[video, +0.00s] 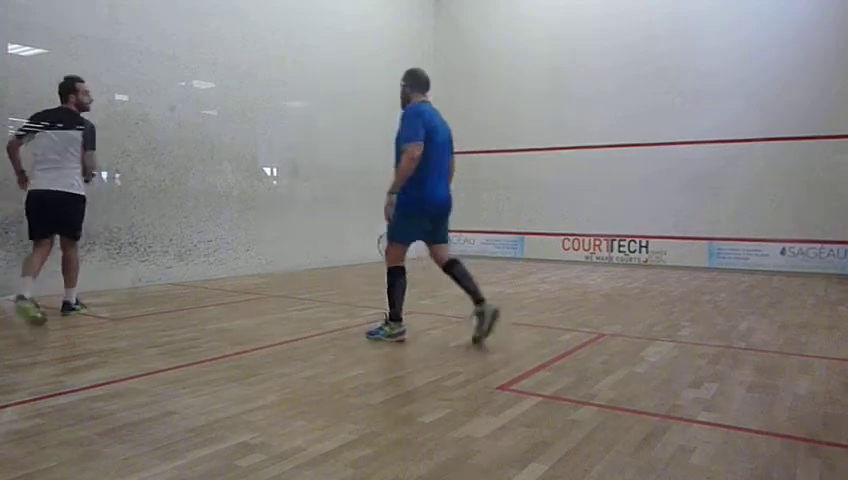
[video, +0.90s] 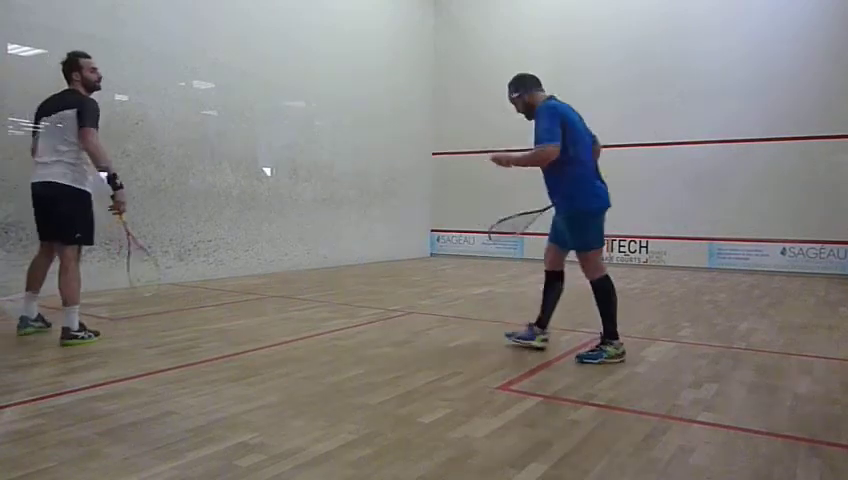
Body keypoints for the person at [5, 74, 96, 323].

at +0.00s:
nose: (90, 97)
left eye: (88, 92)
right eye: (85, 93)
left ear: (65, 97)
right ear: (71, 97)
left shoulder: (41, 117)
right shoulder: (85, 125)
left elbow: (12, 145)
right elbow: (89, 166)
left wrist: (19, 172)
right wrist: (86, 177)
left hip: (38, 194)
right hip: (71, 196)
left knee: (41, 245)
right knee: (69, 246)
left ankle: (24, 294)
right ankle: (70, 301)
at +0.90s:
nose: (99, 74)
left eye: (97, 69)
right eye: (93, 70)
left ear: (72, 77)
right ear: (76, 76)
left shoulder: (45, 105)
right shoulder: (87, 104)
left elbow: (36, 152)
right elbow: (88, 140)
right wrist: (115, 182)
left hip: (41, 186)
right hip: (71, 189)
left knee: (46, 251)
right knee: (69, 257)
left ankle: (28, 315)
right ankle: (72, 327)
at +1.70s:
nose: (111, 68)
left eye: (110, 63)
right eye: (105, 64)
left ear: (85, 70)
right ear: (87, 68)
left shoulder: (60, 95)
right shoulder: (95, 99)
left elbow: (65, 144)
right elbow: (96, 145)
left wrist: (94, 169)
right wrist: (116, 187)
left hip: (51, 184)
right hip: (79, 187)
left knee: (52, 250)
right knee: (75, 256)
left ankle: (37, 320)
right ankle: (72, 326)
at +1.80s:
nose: (111, 68)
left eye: (110, 63)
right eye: (105, 64)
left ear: (84, 70)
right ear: (86, 68)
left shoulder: (60, 95)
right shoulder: (95, 99)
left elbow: (65, 144)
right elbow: (96, 144)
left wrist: (95, 170)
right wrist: (120, 186)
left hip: (51, 184)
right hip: (79, 187)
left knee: (52, 250)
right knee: (75, 256)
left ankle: (38, 320)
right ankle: (72, 326)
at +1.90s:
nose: (112, 69)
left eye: (111, 64)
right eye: (106, 65)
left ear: (85, 71)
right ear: (88, 69)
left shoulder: (59, 96)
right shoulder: (95, 100)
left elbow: (57, 145)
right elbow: (98, 146)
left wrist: (93, 169)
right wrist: (121, 187)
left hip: (49, 184)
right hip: (77, 188)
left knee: (51, 250)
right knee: (74, 256)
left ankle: (38, 320)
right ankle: (72, 326)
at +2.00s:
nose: (113, 71)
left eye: (112, 66)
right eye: (107, 67)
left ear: (86, 72)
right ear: (90, 71)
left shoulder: (57, 97)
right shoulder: (96, 102)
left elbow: (47, 144)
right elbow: (99, 147)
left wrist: (83, 164)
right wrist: (123, 190)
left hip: (46, 184)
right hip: (76, 188)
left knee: (50, 249)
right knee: (73, 256)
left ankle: (36, 319)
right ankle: (72, 326)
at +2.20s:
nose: (111, 76)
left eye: (110, 70)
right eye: (105, 71)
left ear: (82, 75)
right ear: (88, 74)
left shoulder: (50, 98)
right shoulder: (95, 105)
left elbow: (33, 144)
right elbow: (98, 150)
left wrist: (50, 170)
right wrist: (119, 190)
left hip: (40, 185)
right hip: (74, 190)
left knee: (36, 249)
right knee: (71, 259)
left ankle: (22, 316)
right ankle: (72, 326)